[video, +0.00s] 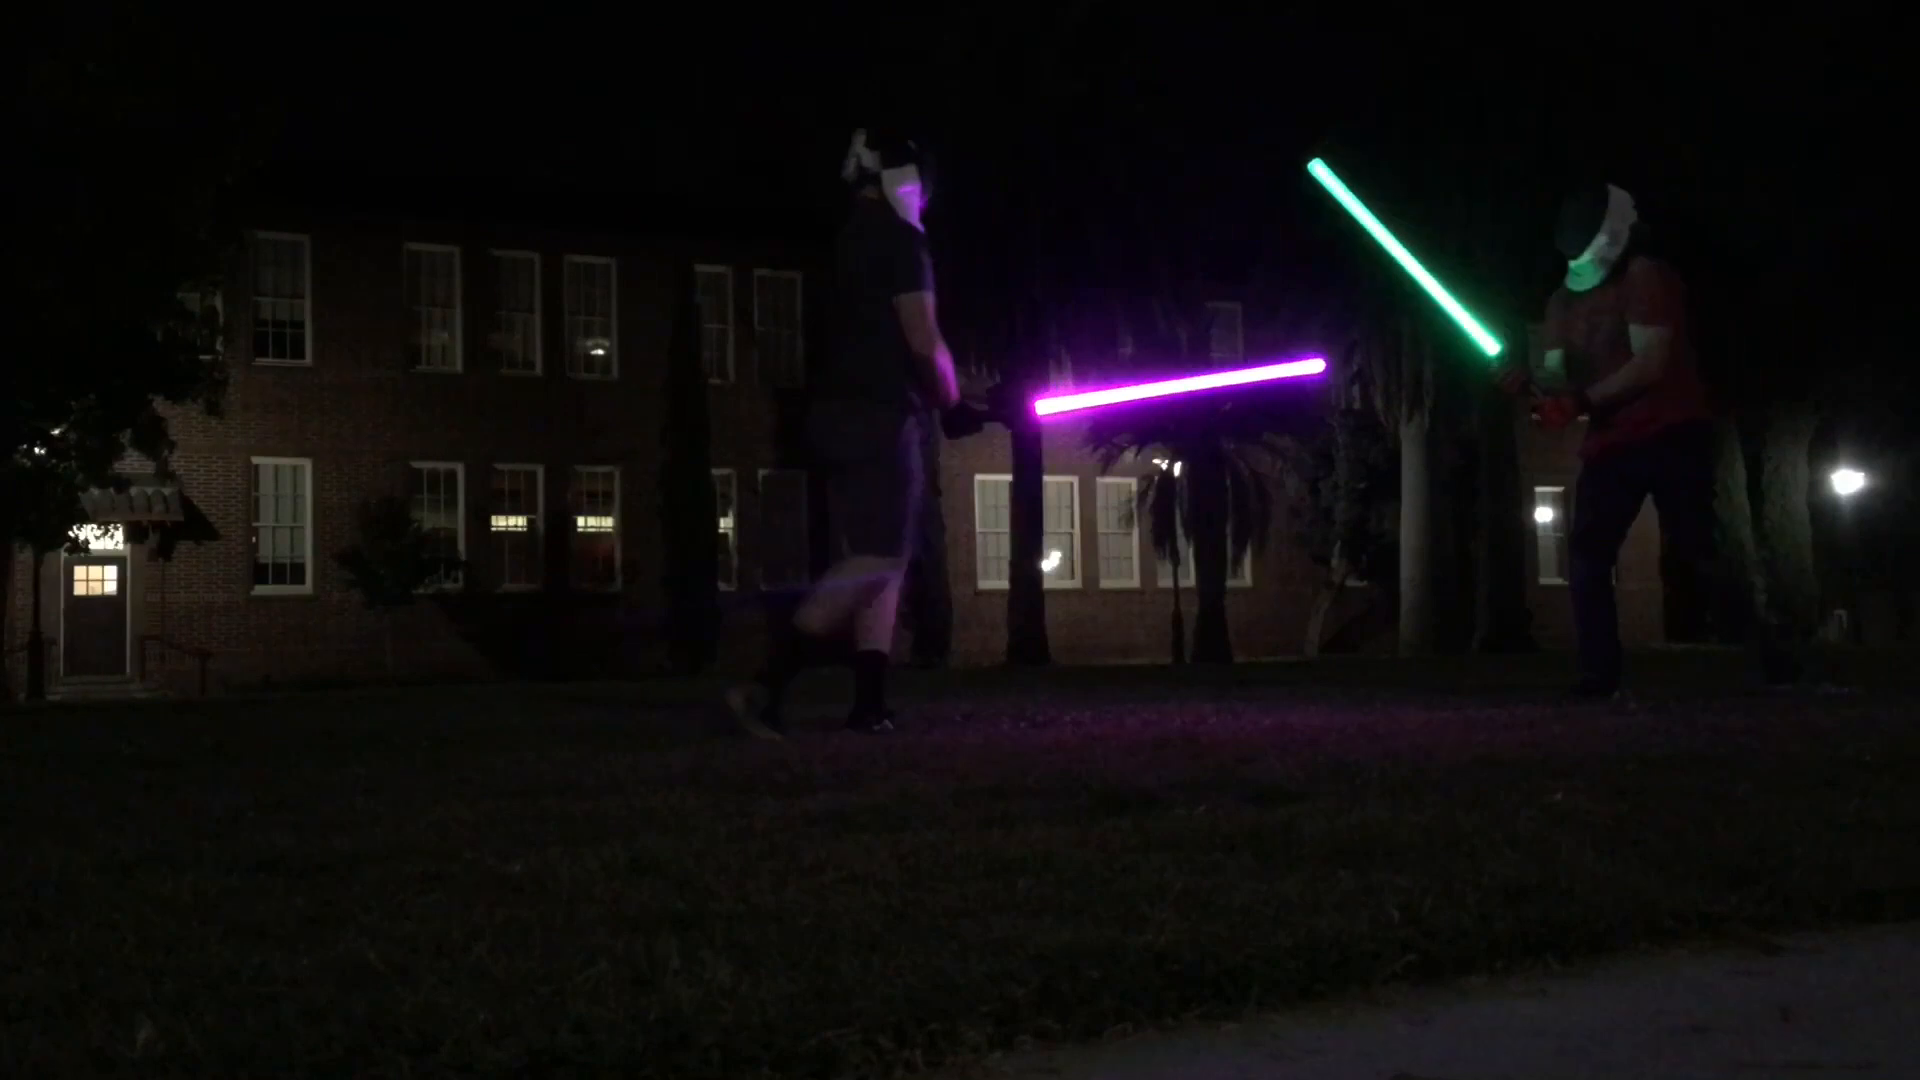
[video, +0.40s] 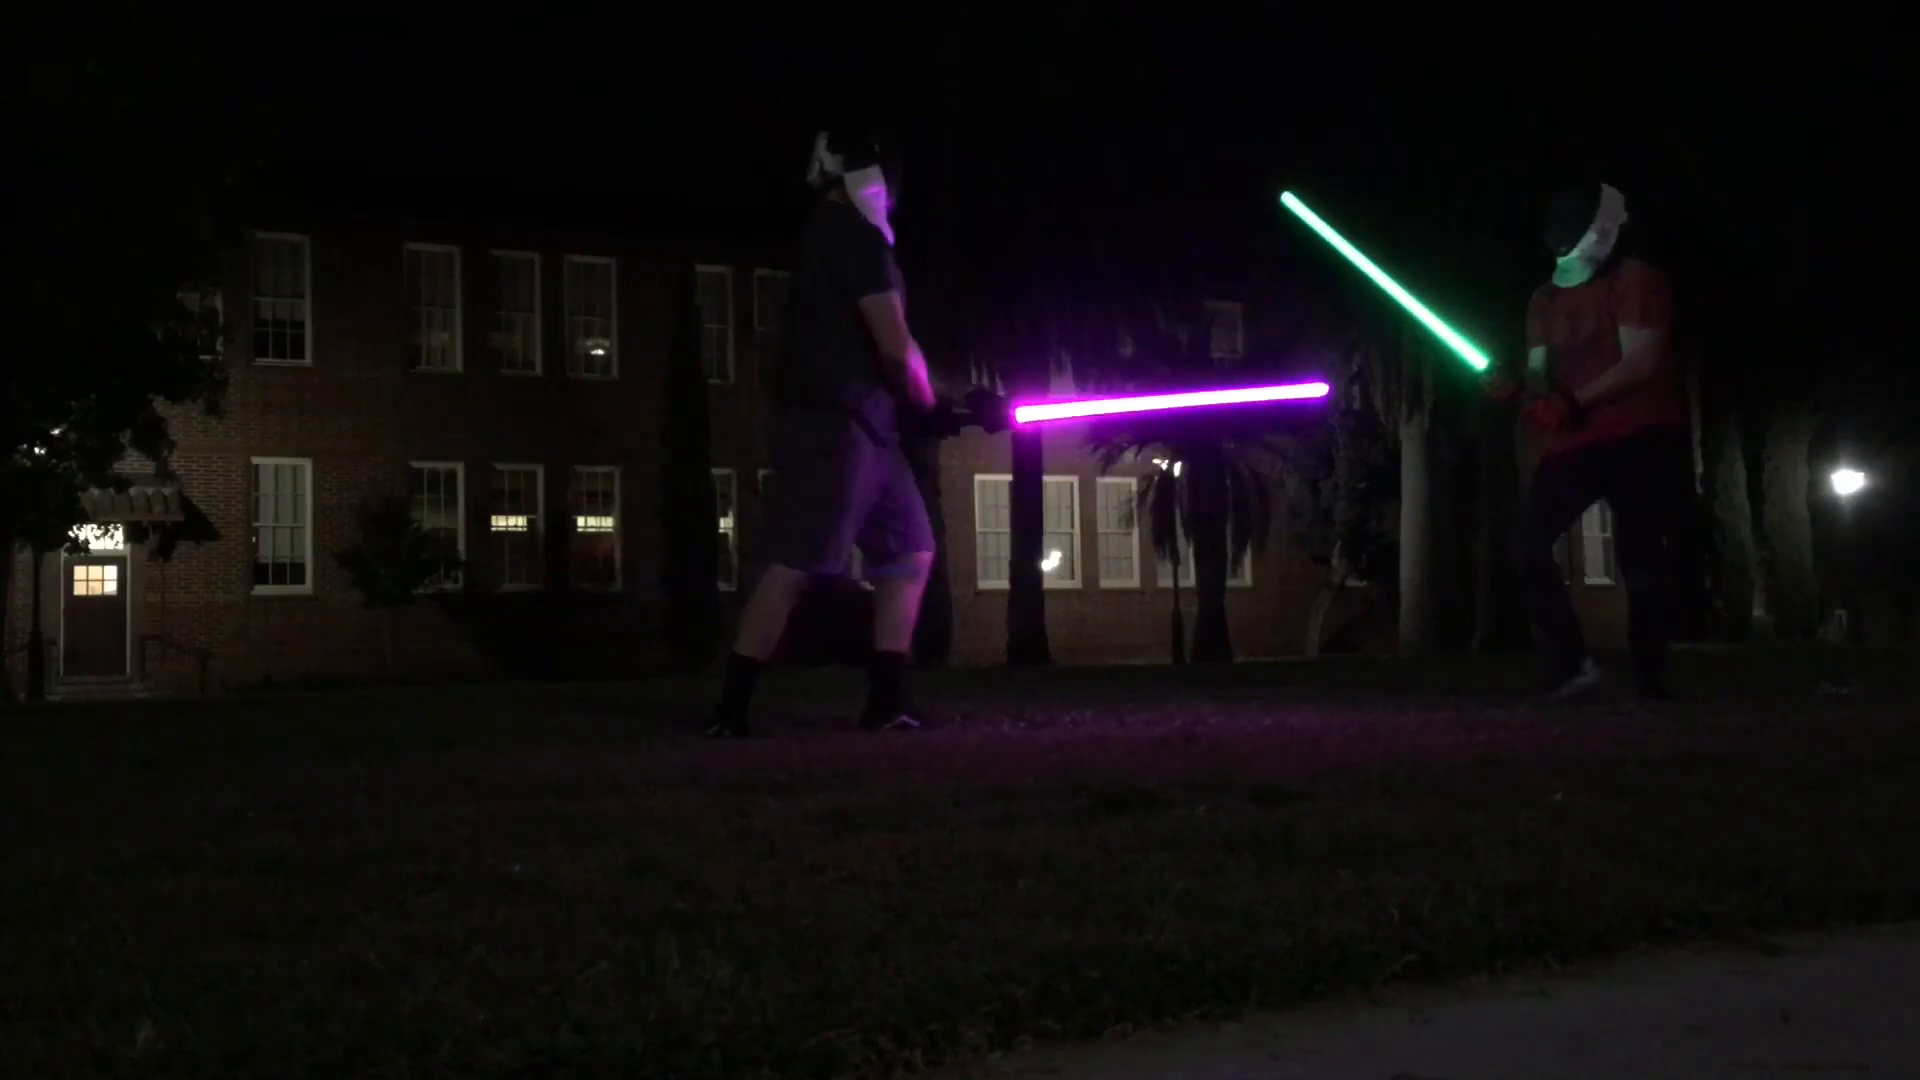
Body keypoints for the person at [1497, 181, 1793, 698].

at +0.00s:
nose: (1584, 251)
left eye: (1593, 238)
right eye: (1577, 241)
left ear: (1614, 234)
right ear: (1569, 245)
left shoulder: (1643, 278)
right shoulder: (1565, 302)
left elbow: (1651, 362)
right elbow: (1554, 376)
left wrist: (1582, 400)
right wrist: (1533, 388)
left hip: (1671, 437)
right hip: (1610, 447)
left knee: (1694, 551)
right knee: (1588, 557)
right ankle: (1599, 674)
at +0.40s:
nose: (1568, 248)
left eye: (1581, 235)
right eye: (1563, 238)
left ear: (1606, 232)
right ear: (1556, 239)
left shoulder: (1634, 283)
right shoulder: (1546, 302)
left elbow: (1641, 363)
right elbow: (1540, 379)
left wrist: (1574, 400)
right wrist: (1519, 391)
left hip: (1641, 443)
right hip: (1576, 449)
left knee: (1642, 560)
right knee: (1529, 541)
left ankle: (1649, 675)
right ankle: (1569, 663)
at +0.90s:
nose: (1498, 260)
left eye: (1510, 247)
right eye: (1493, 250)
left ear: (1534, 245)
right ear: (1488, 249)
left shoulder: (1564, 295)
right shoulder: (1470, 311)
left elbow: (1560, 375)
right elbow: (1461, 388)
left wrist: (1492, 402)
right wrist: (1439, 390)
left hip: (1565, 456)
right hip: (1496, 463)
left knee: (1598, 571)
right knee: (1472, 571)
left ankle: (1645, 680)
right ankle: (1452, 682)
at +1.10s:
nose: (1502, 261)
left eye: (1511, 247)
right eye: (1495, 250)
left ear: (1527, 246)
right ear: (1490, 250)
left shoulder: (1554, 290)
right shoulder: (1459, 307)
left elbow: (1540, 362)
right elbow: (1434, 367)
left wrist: (1467, 379)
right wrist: (1415, 359)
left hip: (1561, 451)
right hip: (1493, 461)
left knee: (1592, 566)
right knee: (1469, 568)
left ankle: (1633, 677)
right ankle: (1453, 682)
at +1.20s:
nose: (1494, 277)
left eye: (1504, 265)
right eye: (1487, 268)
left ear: (1529, 253)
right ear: (1477, 259)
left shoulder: (1556, 295)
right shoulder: (1465, 308)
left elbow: (1536, 351)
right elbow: (1425, 344)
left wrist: (1465, 346)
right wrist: (1415, 312)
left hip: (1562, 458)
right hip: (1492, 465)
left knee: (1597, 573)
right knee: (1469, 572)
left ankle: (1635, 680)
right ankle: (1451, 681)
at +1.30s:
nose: (1489, 274)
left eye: (1499, 260)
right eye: (1481, 265)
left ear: (1523, 255)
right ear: (1471, 261)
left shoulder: (1553, 298)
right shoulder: (1463, 310)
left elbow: (1523, 332)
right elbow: (1416, 337)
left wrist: (1461, 302)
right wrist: (1425, 278)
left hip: (1556, 461)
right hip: (1487, 466)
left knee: (1597, 575)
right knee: (1457, 572)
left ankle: (1637, 683)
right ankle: (1431, 684)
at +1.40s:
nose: (1476, 260)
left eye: (1486, 249)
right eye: (1471, 252)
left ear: (1508, 249)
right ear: (1462, 256)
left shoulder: (1540, 295)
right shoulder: (1452, 306)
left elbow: (1506, 323)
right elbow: (1405, 316)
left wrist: (1449, 278)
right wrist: (1420, 252)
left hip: (1540, 462)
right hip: (1474, 469)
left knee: (1587, 576)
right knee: (1447, 576)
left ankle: (1637, 684)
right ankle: (1423, 693)